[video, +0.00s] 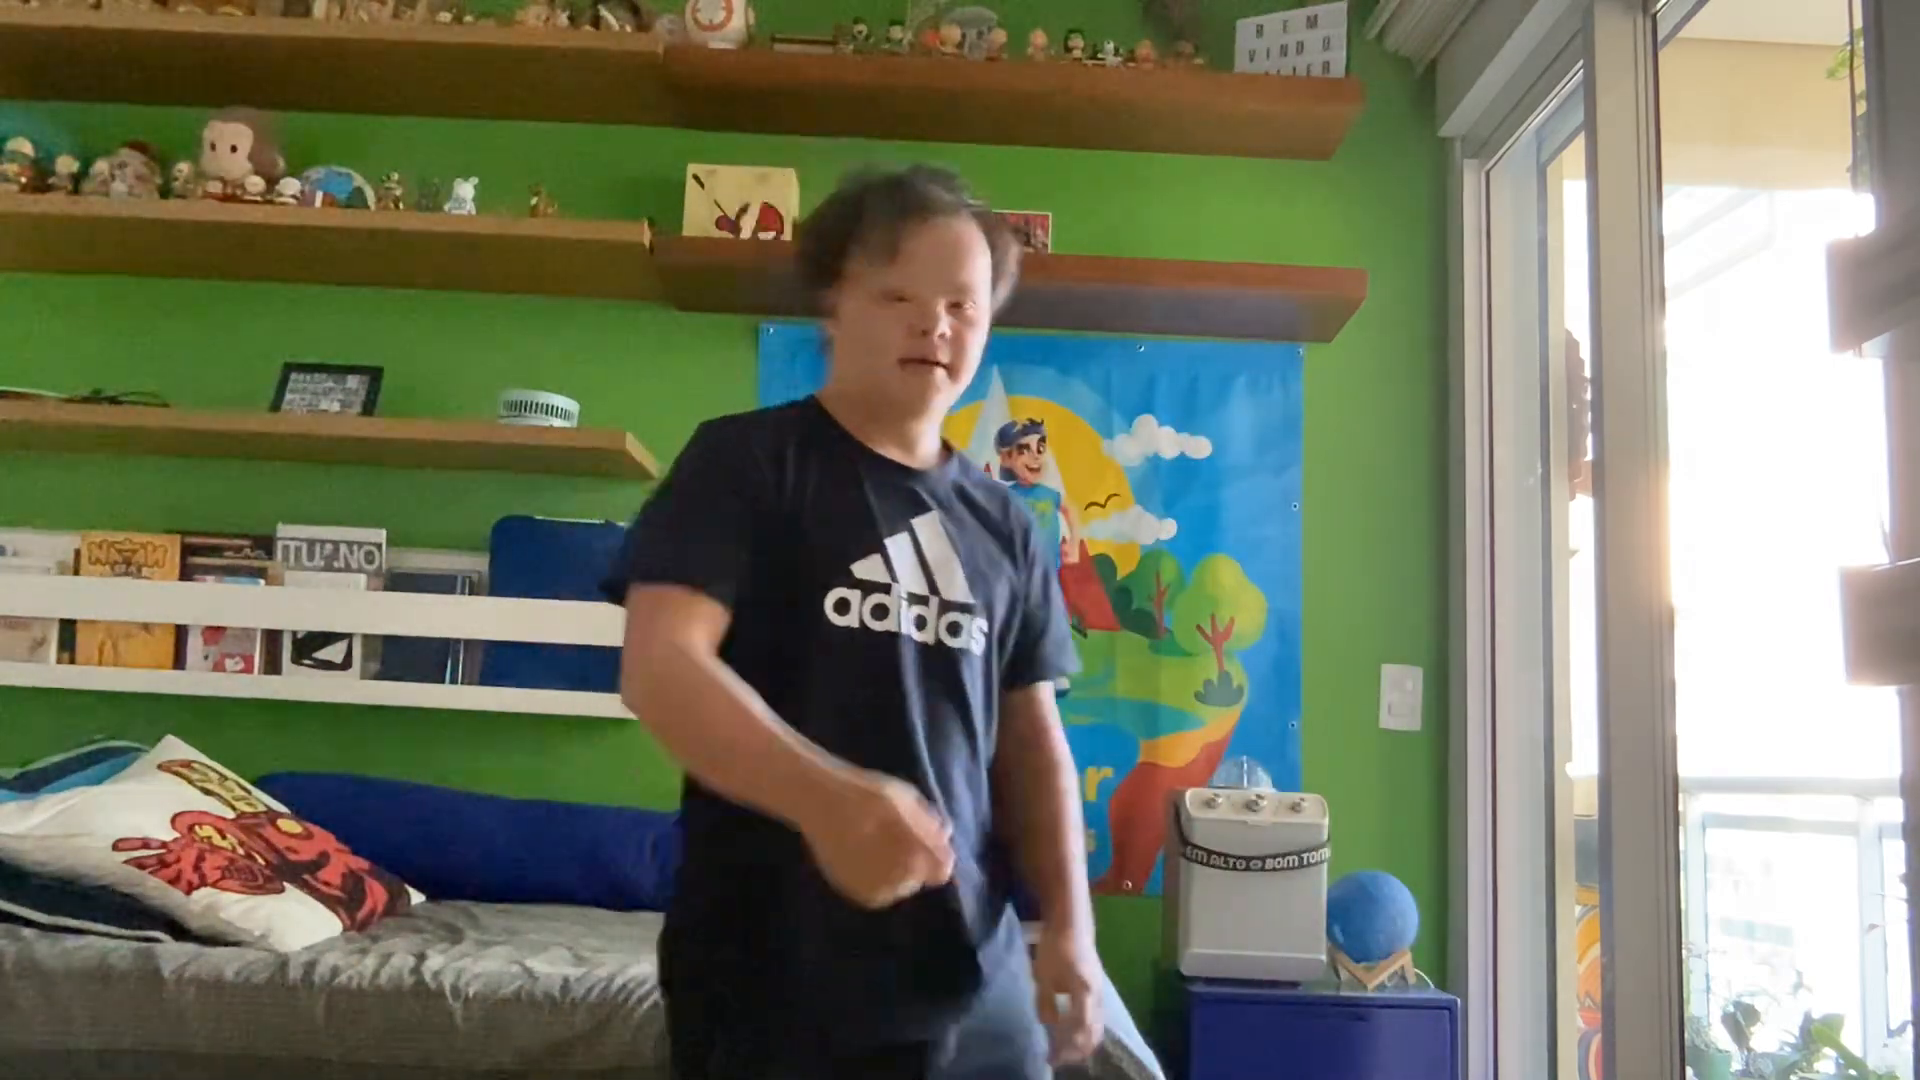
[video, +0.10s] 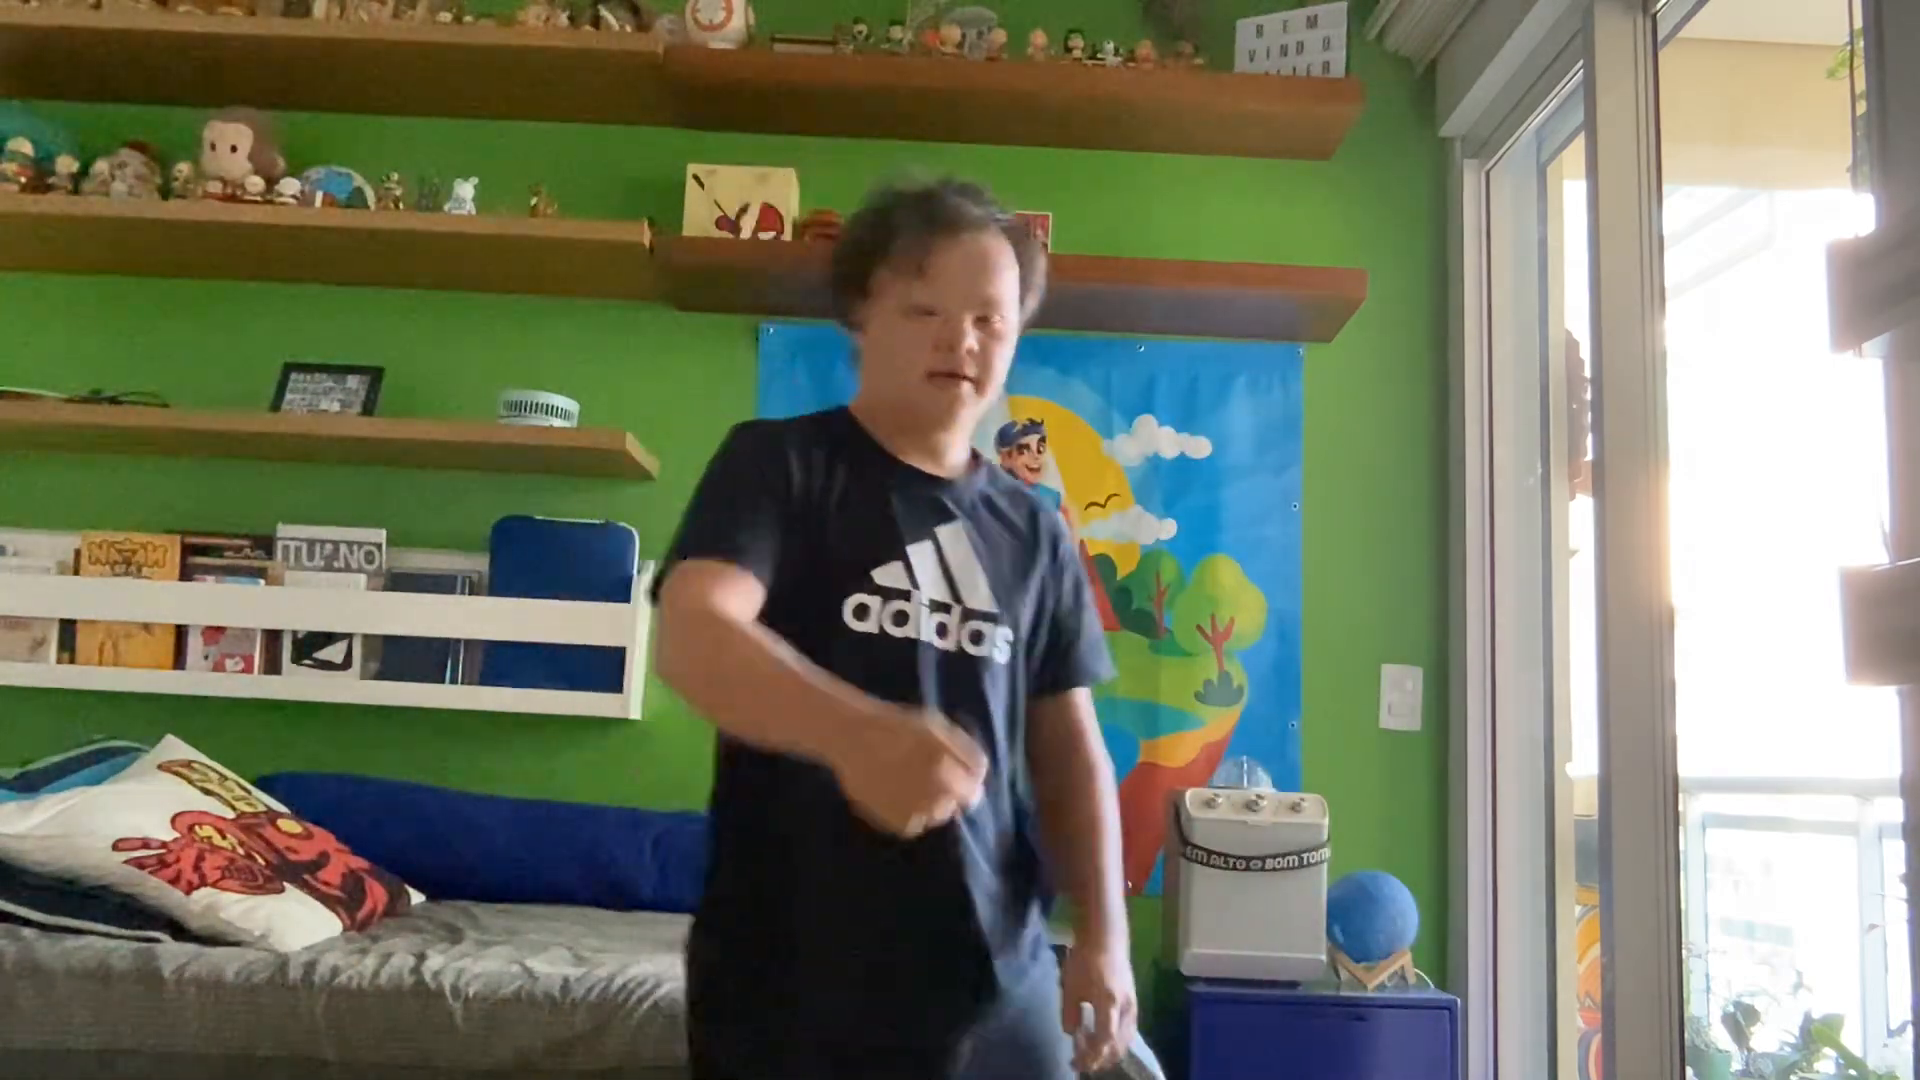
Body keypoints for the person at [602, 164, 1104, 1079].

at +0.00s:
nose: (933, 325)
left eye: (959, 303)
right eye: (896, 296)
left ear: (985, 329)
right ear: (833, 302)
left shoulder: (1004, 524)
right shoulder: (741, 462)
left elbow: (1032, 736)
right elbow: (659, 664)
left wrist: (1066, 927)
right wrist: (822, 797)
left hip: (973, 986)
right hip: (778, 982)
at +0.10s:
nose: (958, 340)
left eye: (986, 318)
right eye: (924, 310)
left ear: (1015, 341)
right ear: (859, 316)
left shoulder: (1035, 531)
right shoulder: (774, 463)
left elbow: (1067, 740)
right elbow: (695, 636)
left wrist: (1101, 935)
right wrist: (853, 732)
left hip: (995, 990)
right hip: (795, 983)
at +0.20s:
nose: (1006, 359)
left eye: (1033, 336)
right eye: (971, 331)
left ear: (1063, 356)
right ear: (907, 339)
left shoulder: (1092, 554)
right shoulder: (833, 477)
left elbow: (1138, 756)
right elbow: (751, 593)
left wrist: (1152, 955)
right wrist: (891, 647)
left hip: (1033, 991)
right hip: (835, 978)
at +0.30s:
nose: (1056, 361)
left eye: (1083, 337)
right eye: (1021, 333)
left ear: (1115, 352)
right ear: (962, 344)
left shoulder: (1151, 549)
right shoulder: (880, 482)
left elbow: (1206, 740)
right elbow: (814, 606)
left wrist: (1190, 897)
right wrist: (918, 636)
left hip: (1077, 997)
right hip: (876, 973)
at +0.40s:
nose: (1100, 360)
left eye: (1127, 335)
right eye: (1065, 336)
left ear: (1163, 352)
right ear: (1013, 352)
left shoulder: (1210, 537)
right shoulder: (928, 507)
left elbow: (1267, 673)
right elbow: (860, 673)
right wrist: (961, 717)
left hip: (1110, 989)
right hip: (907, 974)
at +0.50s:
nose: (1107, 366)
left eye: (1134, 341)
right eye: (1071, 343)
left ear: (1173, 360)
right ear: (1024, 364)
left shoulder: (1206, 517)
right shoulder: (943, 509)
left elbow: (1241, 576)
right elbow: (861, 680)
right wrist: (974, 714)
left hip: (1113, 969)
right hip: (923, 957)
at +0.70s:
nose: (1081, 390)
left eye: (1107, 365)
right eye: (1048, 366)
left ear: (1143, 380)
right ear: (998, 379)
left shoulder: (1161, 514)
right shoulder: (928, 527)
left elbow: (1177, 532)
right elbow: (815, 662)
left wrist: (1151, 503)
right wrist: (950, 605)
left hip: (1101, 974)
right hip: (916, 968)